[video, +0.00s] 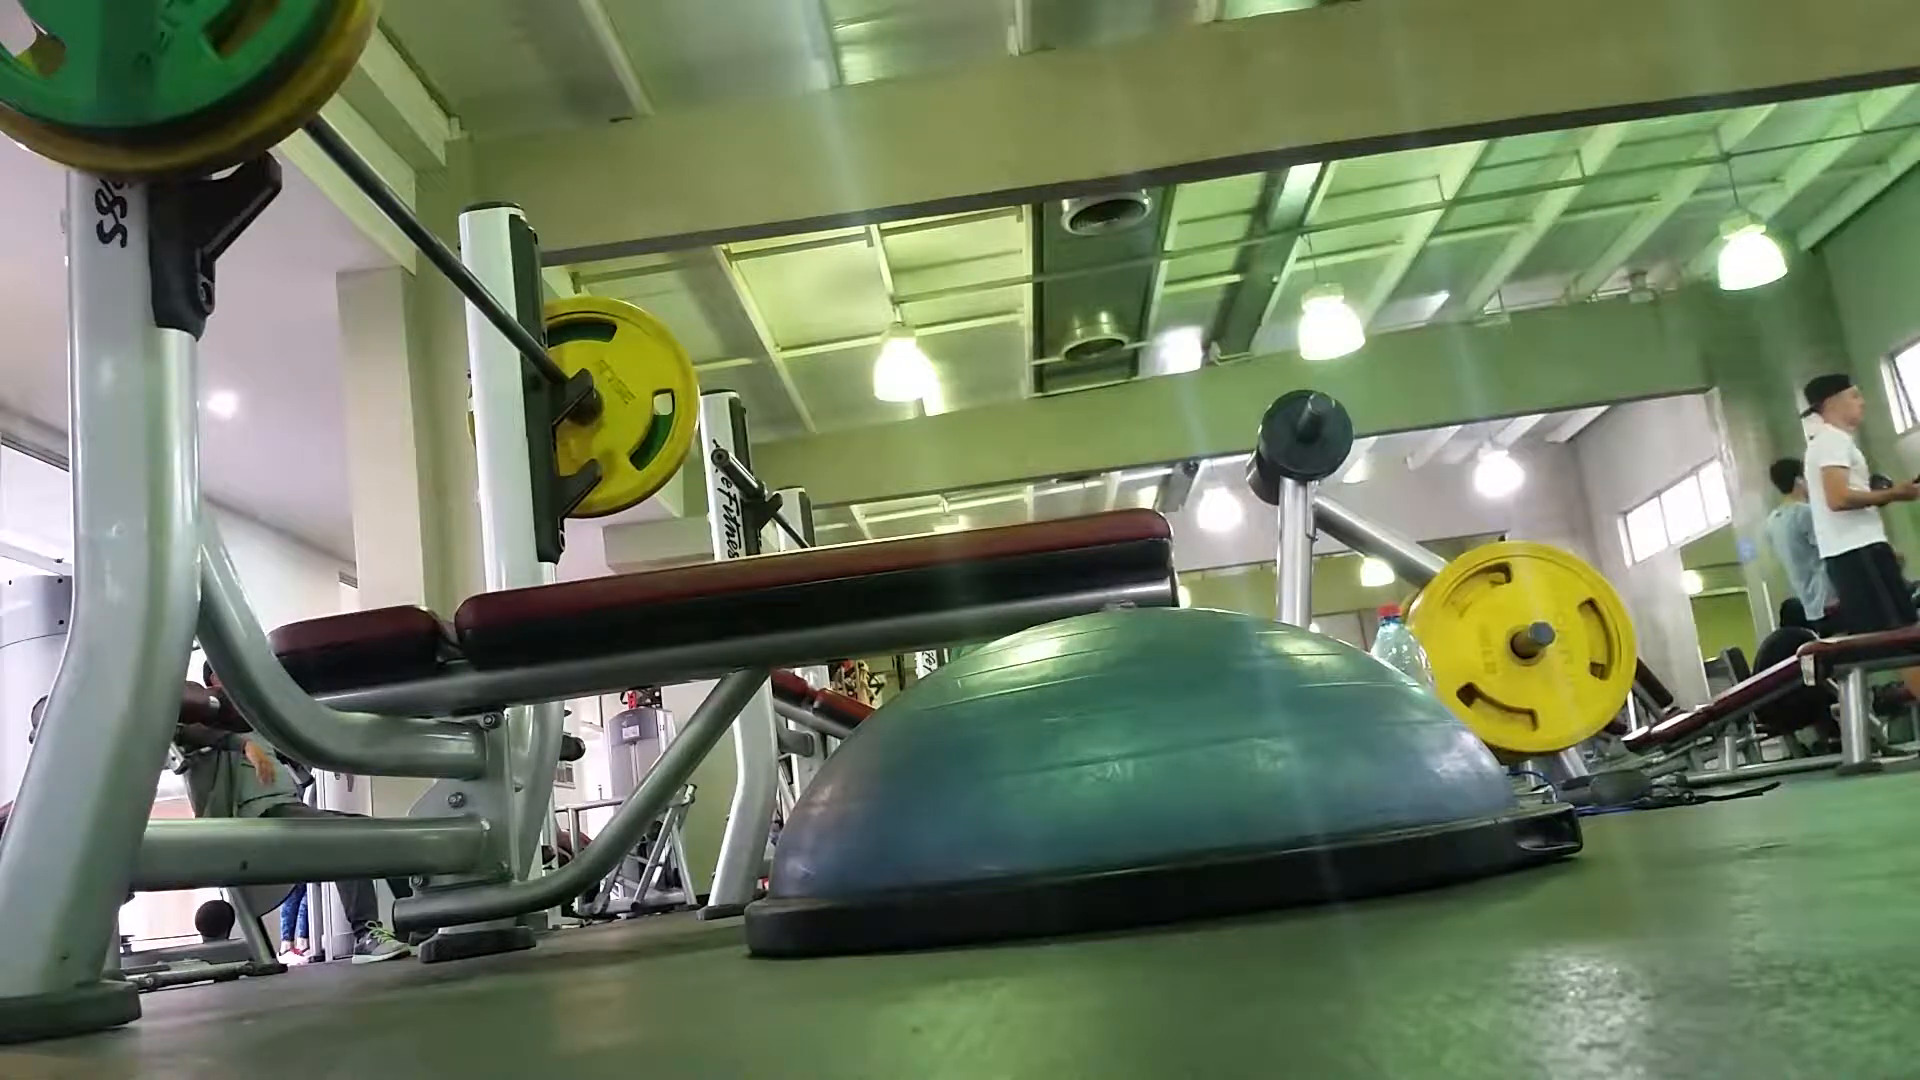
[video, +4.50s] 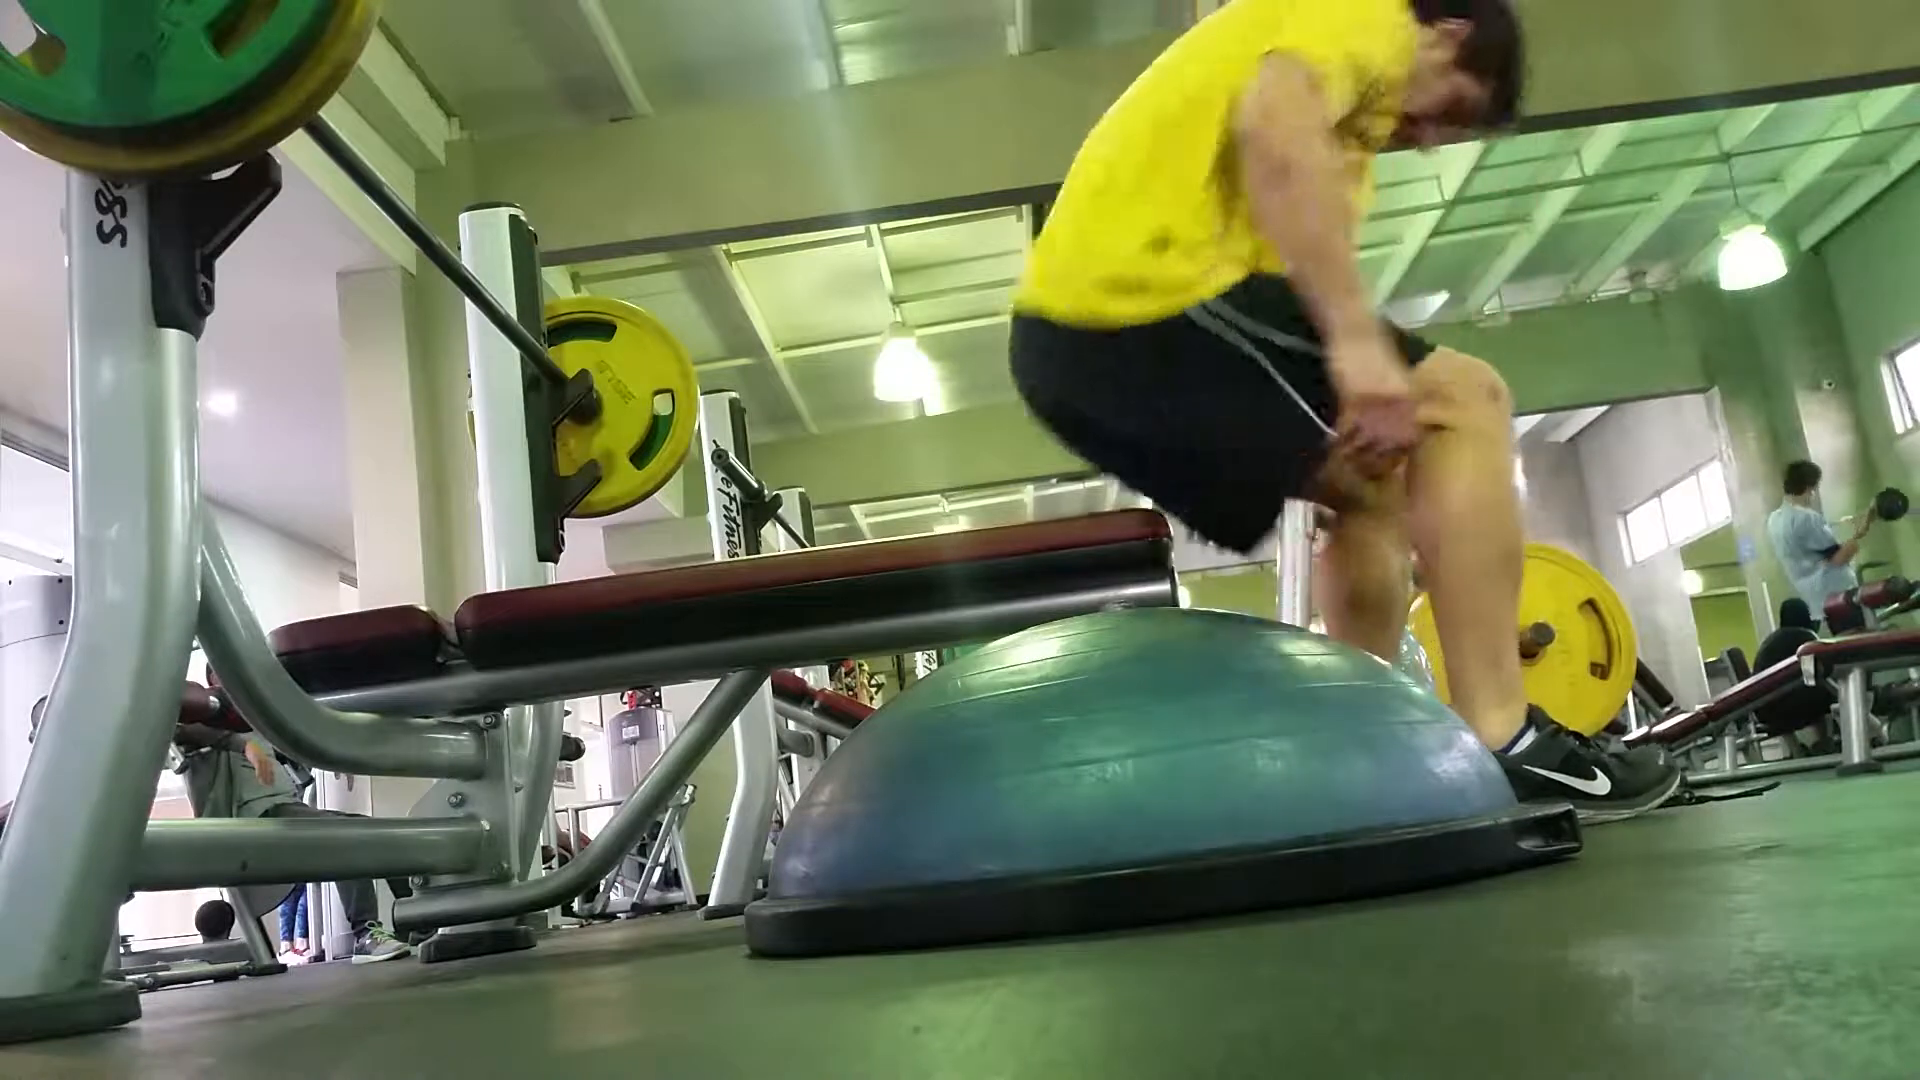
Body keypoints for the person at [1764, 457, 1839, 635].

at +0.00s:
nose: (1810, 483)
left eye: (1807, 477)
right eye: (1806, 477)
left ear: (1779, 485)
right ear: (1798, 481)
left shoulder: (1773, 520)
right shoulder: (1804, 513)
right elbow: (1826, 547)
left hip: (1805, 604)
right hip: (1829, 601)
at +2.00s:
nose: (1811, 478)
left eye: (1808, 473)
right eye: (1807, 474)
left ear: (1782, 487)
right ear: (1798, 481)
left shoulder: (1778, 519)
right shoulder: (1812, 510)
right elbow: (1847, 546)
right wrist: (1841, 505)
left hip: (1813, 608)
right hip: (1839, 602)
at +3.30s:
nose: (1810, 477)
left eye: (1807, 472)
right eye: (1806, 472)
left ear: (1781, 484)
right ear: (1797, 478)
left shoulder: (1775, 517)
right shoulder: (1806, 509)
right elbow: (1832, 551)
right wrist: (1847, 512)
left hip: (1807, 606)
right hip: (1834, 599)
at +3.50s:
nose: (1810, 477)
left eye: (1806, 472)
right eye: (1804, 473)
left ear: (1781, 488)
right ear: (1798, 481)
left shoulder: (1775, 520)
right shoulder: (1806, 506)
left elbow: (1781, 564)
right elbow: (1815, 555)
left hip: (1808, 610)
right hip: (1835, 602)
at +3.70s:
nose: (1814, 477)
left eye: (1811, 472)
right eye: (1809, 473)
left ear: (1786, 488)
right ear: (1803, 480)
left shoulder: (1782, 520)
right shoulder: (1813, 506)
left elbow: (1785, 571)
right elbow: (1815, 553)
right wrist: (1862, 559)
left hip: (1812, 611)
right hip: (1838, 604)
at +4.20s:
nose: (1814, 480)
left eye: (1812, 475)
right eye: (1812, 475)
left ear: (1786, 483)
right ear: (1807, 479)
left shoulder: (1780, 518)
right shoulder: (1808, 510)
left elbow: (1785, 562)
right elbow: (1822, 560)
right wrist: (1867, 557)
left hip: (1813, 610)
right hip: (1837, 607)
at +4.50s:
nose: (1816, 492)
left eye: (1816, 486)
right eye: (1815, 487)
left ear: (1787, 485)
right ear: (1808, 488)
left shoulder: (1773, 520)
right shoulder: (1807, 519)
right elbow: (1838, 558)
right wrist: (1856, 537)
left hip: (1815, 606)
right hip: (1840, 603)